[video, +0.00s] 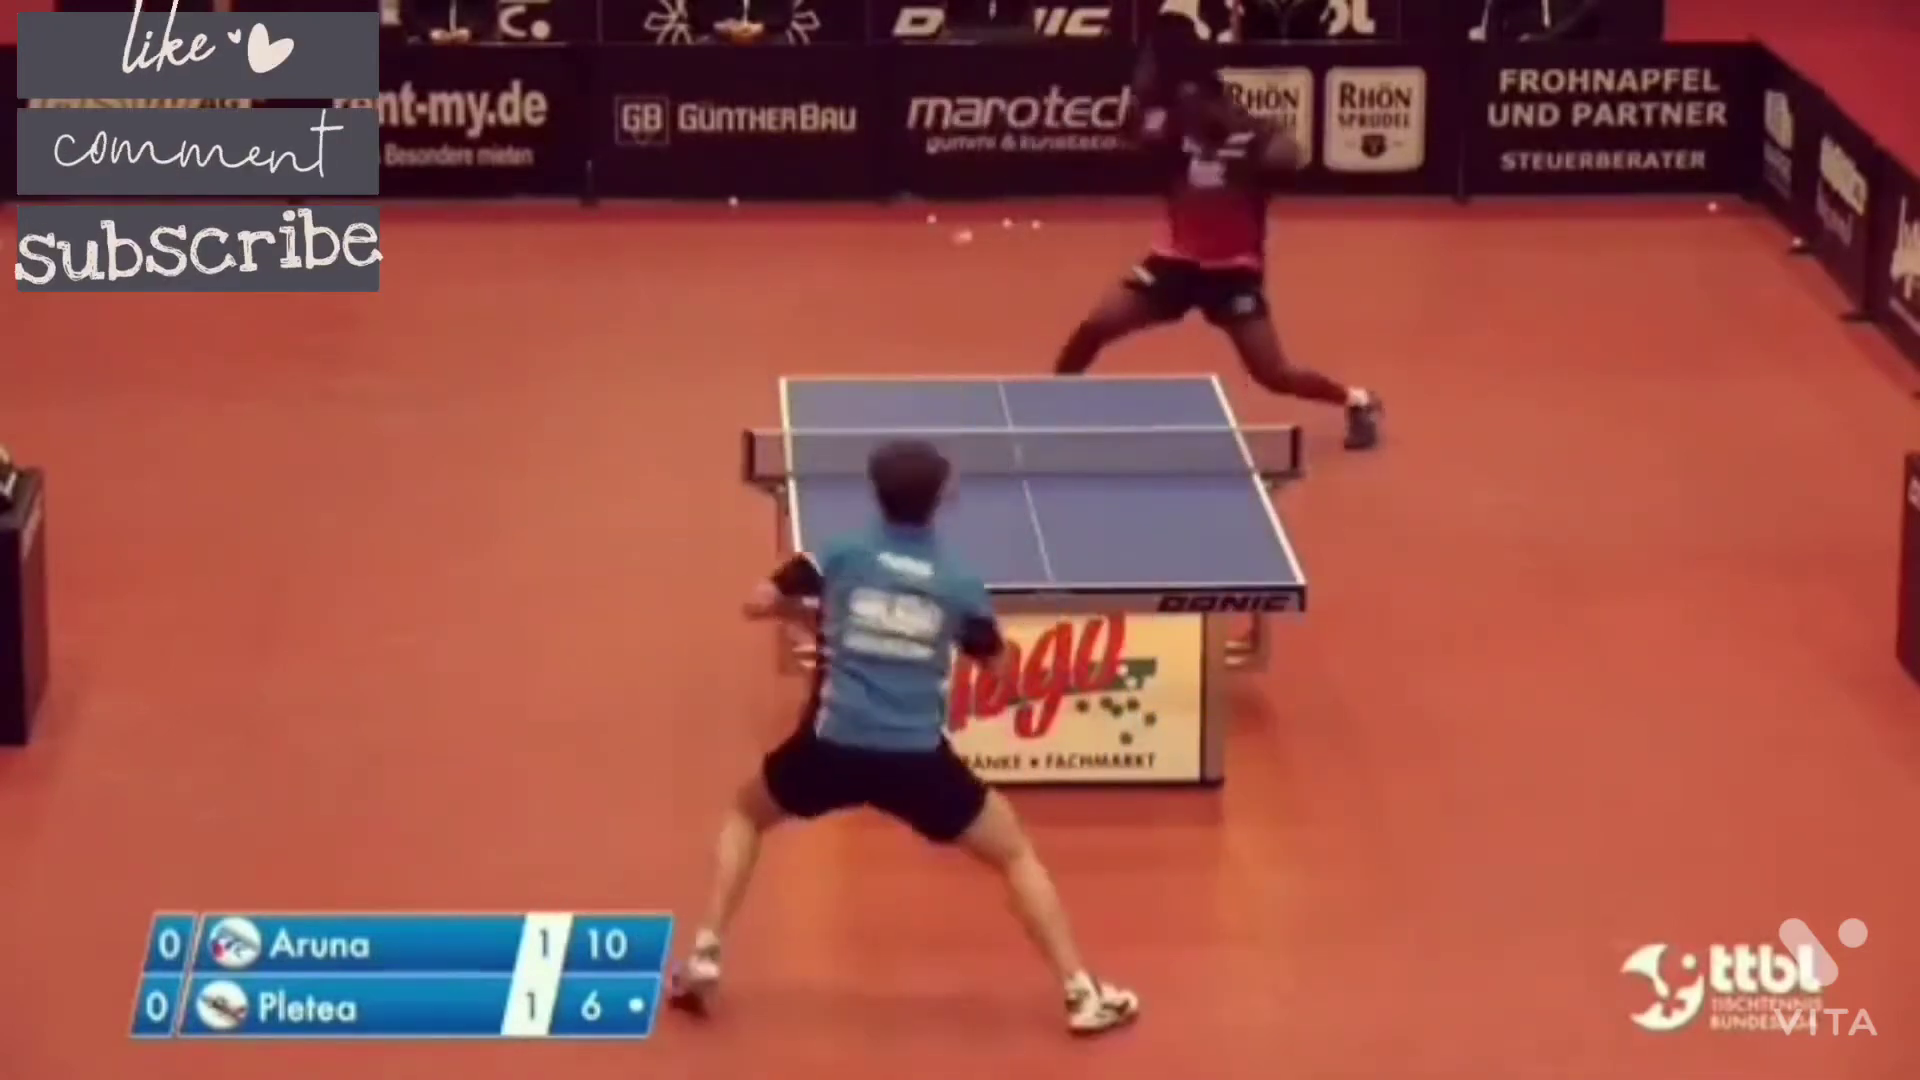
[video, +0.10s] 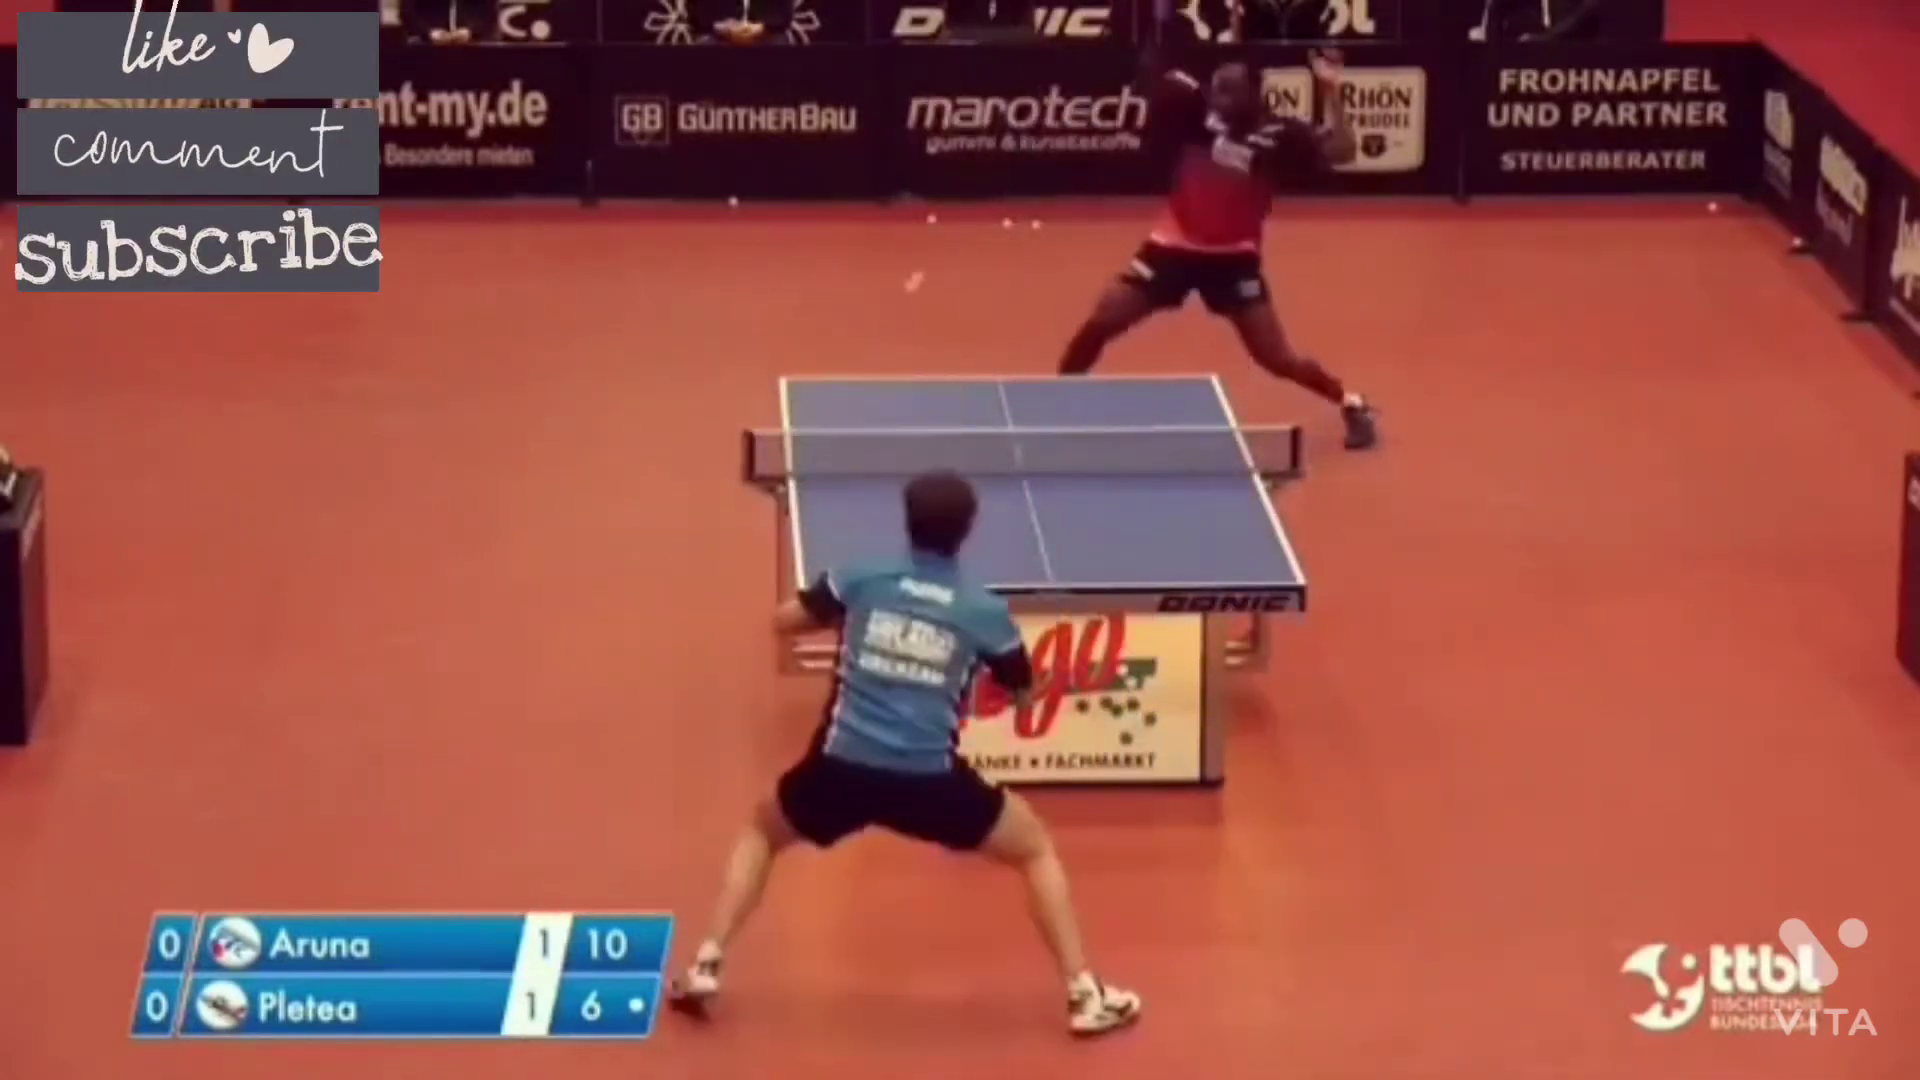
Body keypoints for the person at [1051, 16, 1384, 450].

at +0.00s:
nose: (1186, 113)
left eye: (1191, 103)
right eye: (1182, 105)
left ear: (1213, 100)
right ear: (1179, 106)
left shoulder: (1254, 143)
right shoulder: (1177, 139)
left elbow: (1291, 159)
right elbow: (1131, 138)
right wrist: (1141, 90)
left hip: (1233, 276)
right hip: (1175, 269)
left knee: (1273, 376)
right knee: (1093, 327)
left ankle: (1356, 401)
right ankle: (1051, 403)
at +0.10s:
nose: (1219, 98)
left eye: (1229, 90)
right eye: (1215, 89)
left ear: (1252, 96)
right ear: (1206, 92)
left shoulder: (1277, 137)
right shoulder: (1189, 119)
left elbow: (1339, 152)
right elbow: (1149, 71)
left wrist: (1332, 93)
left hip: (1233, 262)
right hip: (1169, 252)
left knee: (1276, 359)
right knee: (1098, 325)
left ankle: (1350, 404)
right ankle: (1053, 404)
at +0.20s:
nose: (1243, 87)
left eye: (1253, 80)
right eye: (1238, 78)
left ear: (1274, 84)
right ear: (1228, 77)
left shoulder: (1292, 133)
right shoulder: (1206, 105)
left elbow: (1307, 183)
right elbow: (1154, 80)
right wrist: (1167, 23)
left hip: (1244, 248)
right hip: (1180, 239)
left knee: (1286, 343)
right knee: (1110, 318)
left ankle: (1341, 410)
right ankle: (1088, 400)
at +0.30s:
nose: (1239, 90)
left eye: (1248, 82)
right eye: (1236, 80)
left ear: (1270, 84)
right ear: (1228, 79)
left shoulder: (1296, 133)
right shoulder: (1205, 110)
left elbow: (1306, 197)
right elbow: (1146, 111)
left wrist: (1318, 212)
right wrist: (1154, 50)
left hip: (1256, 251)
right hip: (1190, 245)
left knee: (1307, 340)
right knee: (1124, 324)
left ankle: (1349, 411)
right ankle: (1096, 405)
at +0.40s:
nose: (1230, 79)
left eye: (1237, 70)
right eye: (1223, 71)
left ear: (1250, 71)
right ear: (1211, 73)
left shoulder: (1280, 117)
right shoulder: (1192, 112)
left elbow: (1298, 178)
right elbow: (1143, 145)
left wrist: (1285, 223)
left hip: (1260, 242)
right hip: (1194, 238)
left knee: (1310, 333)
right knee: (1128, 317)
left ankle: (1349, 409)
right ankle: (1096, 399)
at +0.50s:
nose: (1213, 84)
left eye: (1221, 74)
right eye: (1205, 75)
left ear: (1237, 73)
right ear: (1194, 76)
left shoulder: (1272, 116)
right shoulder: (1176, 119)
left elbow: (1294, 173)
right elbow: (1141, 179)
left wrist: (1281, 219)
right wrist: (1126, 166)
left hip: (1256, 235)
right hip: (1188, 234)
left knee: (1305, 324)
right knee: (1129, 314)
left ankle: (1343, 405)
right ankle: (1093, 394)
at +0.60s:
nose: (1201, 114)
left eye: (1209, 104)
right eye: (1193, 105)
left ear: (1226, 103)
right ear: (1182, 107)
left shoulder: (1259, 139)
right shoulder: (1164, 147)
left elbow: (1287, 187)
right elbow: (1136, 212)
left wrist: (1286, 229)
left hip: (1250, 246)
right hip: (1187, 246)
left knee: (1307, 332)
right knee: (1123, 325)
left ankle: (1333, 412)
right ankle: (1088, 402)